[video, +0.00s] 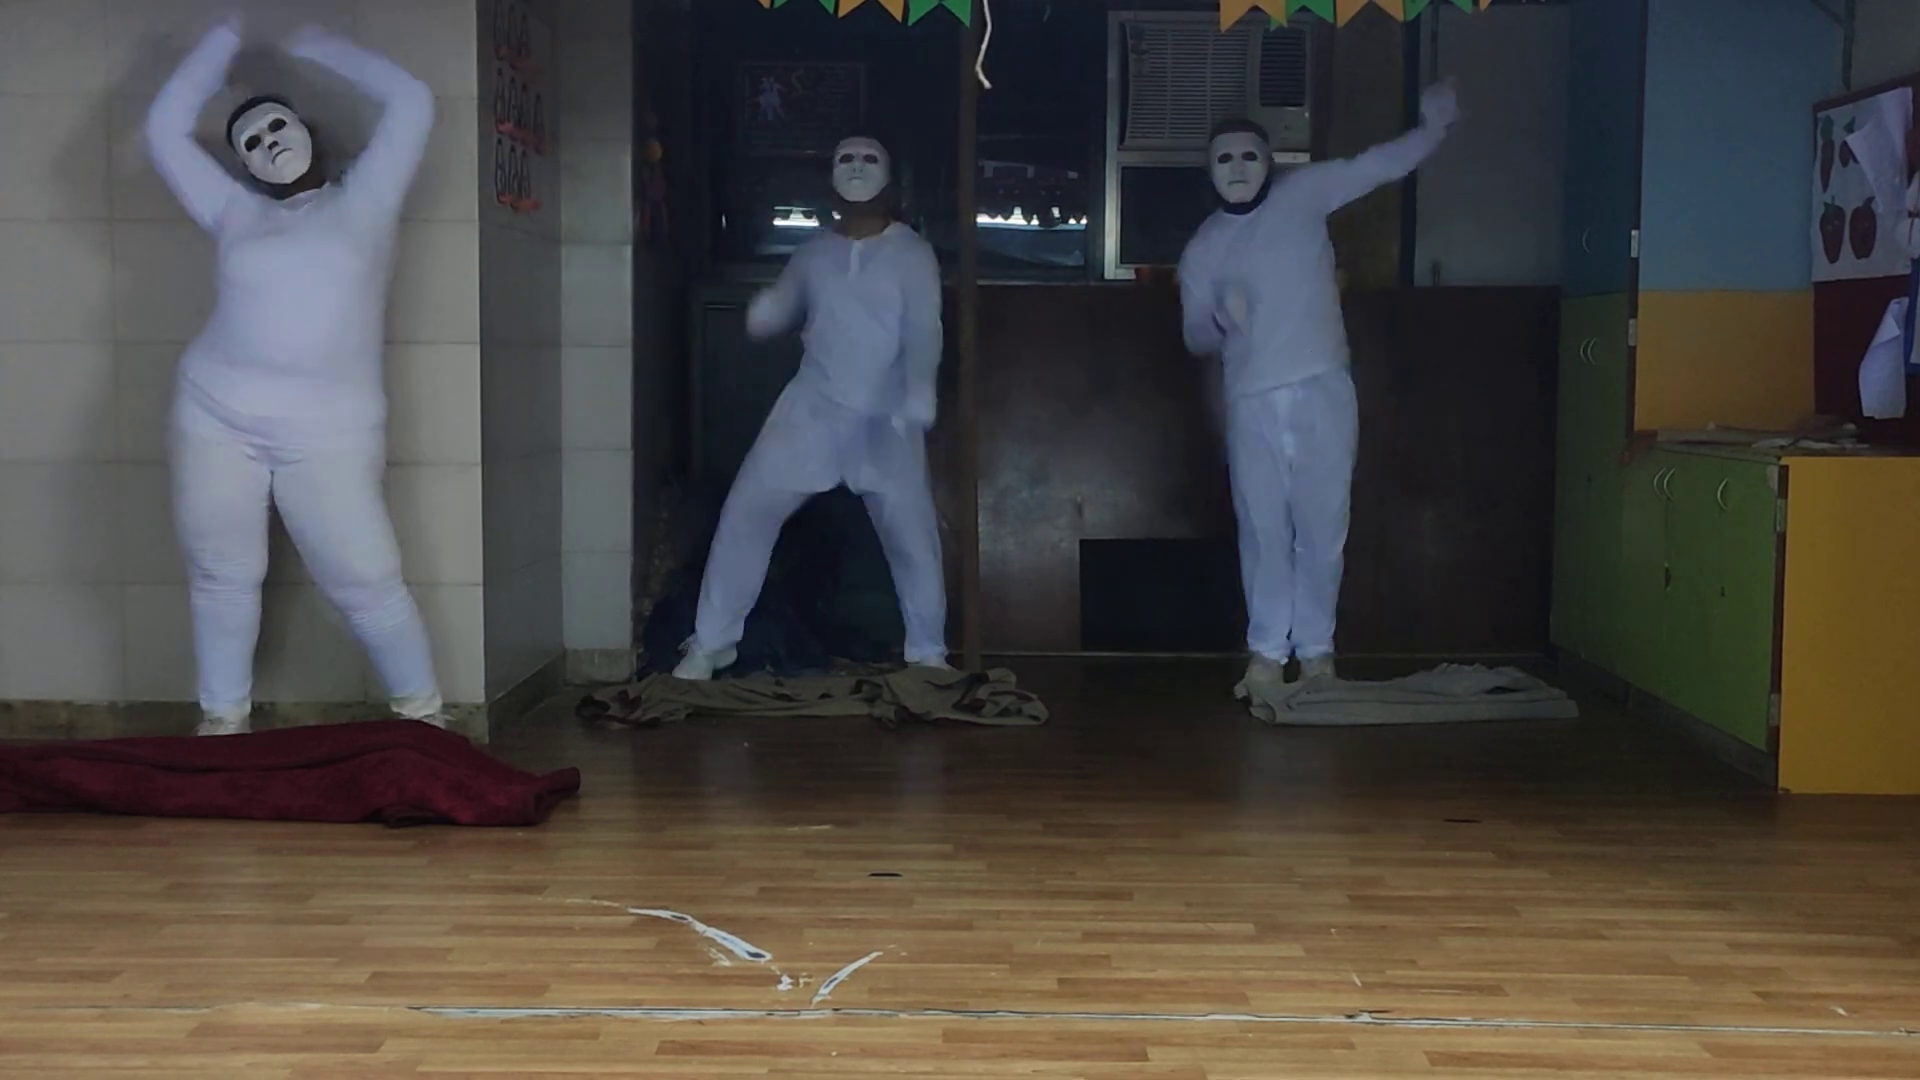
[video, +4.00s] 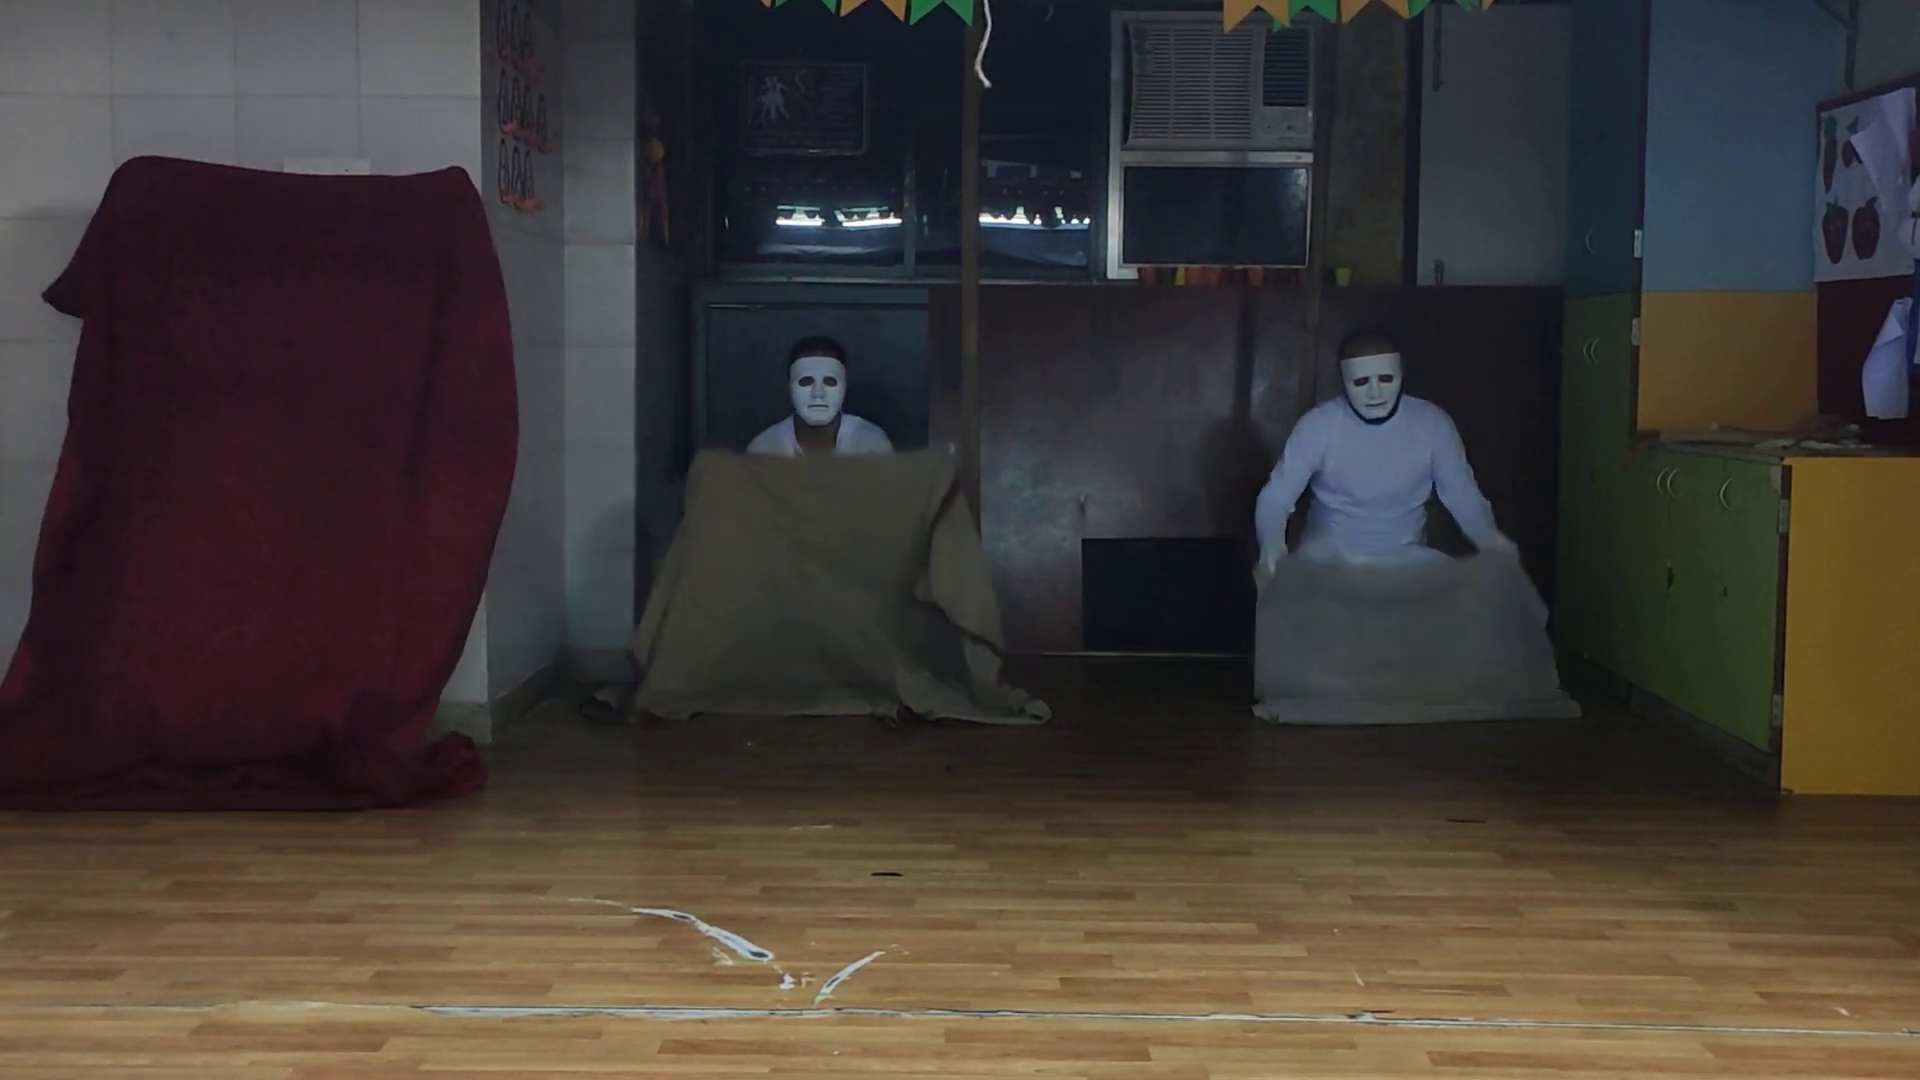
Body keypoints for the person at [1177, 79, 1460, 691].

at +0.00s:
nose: (1237, 169)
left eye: (1248, 157)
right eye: (1224, 159)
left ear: (1268, 162)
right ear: (1211, 170)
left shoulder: (1303, 193)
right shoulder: (1202, 249)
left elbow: (1381, 164)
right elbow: (1195, 339)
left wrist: (1432, 126)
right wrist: (1220, 320)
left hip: (1321, 389)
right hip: (1252, 401)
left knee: (1322, 525)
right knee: (1262, 528)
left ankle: (1318, 653)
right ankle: (1266, 657)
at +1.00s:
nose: (1247, 159)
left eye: (1258, 150)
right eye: (1235, 152)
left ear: (1274, 160)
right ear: (1217, 165)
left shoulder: (1309, 205)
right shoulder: (1199, 233)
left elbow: (1390, 232)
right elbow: (1159, 307)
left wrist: (1351, 255)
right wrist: (1146, 260)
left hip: (1320, 392)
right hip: (1245, 404)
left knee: (1370, 490)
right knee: (1231, 527)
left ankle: (1353, 584)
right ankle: (1232, 653)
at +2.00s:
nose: (1388, 301)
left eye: (1399, 288)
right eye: (1375, 289)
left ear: (1413, 281)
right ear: (1356, 281)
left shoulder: (1431, 330)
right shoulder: (1325, 313)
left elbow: (1443, 417)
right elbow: (1257, 379)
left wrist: (1452, 500)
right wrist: (1287, 350)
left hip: (1386, 458)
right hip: (1318, 454)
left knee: (1415, 563)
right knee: (1326, 555)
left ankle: (1374, 651)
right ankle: (1321, 657)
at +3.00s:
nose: (1384, 472)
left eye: (1395, 461)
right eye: (1373, 462)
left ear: (1412, 444)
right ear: (1355, 445)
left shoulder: (1439, 466)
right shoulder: (1325, 464)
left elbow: (1462, 547)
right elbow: (1289, 547)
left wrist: (1478, 630)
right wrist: (1288, 632)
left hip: (1402, 570)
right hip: (1341, 566)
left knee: (1441, 578)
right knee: (1327, 568)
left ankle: (1398, 647)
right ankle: (1322, 649)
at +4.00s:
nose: (1374, 393)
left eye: (1386, 379)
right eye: (1361, 382)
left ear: (1401, 377)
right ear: (1344, 382)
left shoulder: (1432, 425)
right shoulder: (1320, 428)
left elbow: (1463, 496)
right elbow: (1275, 500)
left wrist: (1496, 548)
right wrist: (1274, 553)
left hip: (1408, 557)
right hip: (1331, 557)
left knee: (1474, 592)